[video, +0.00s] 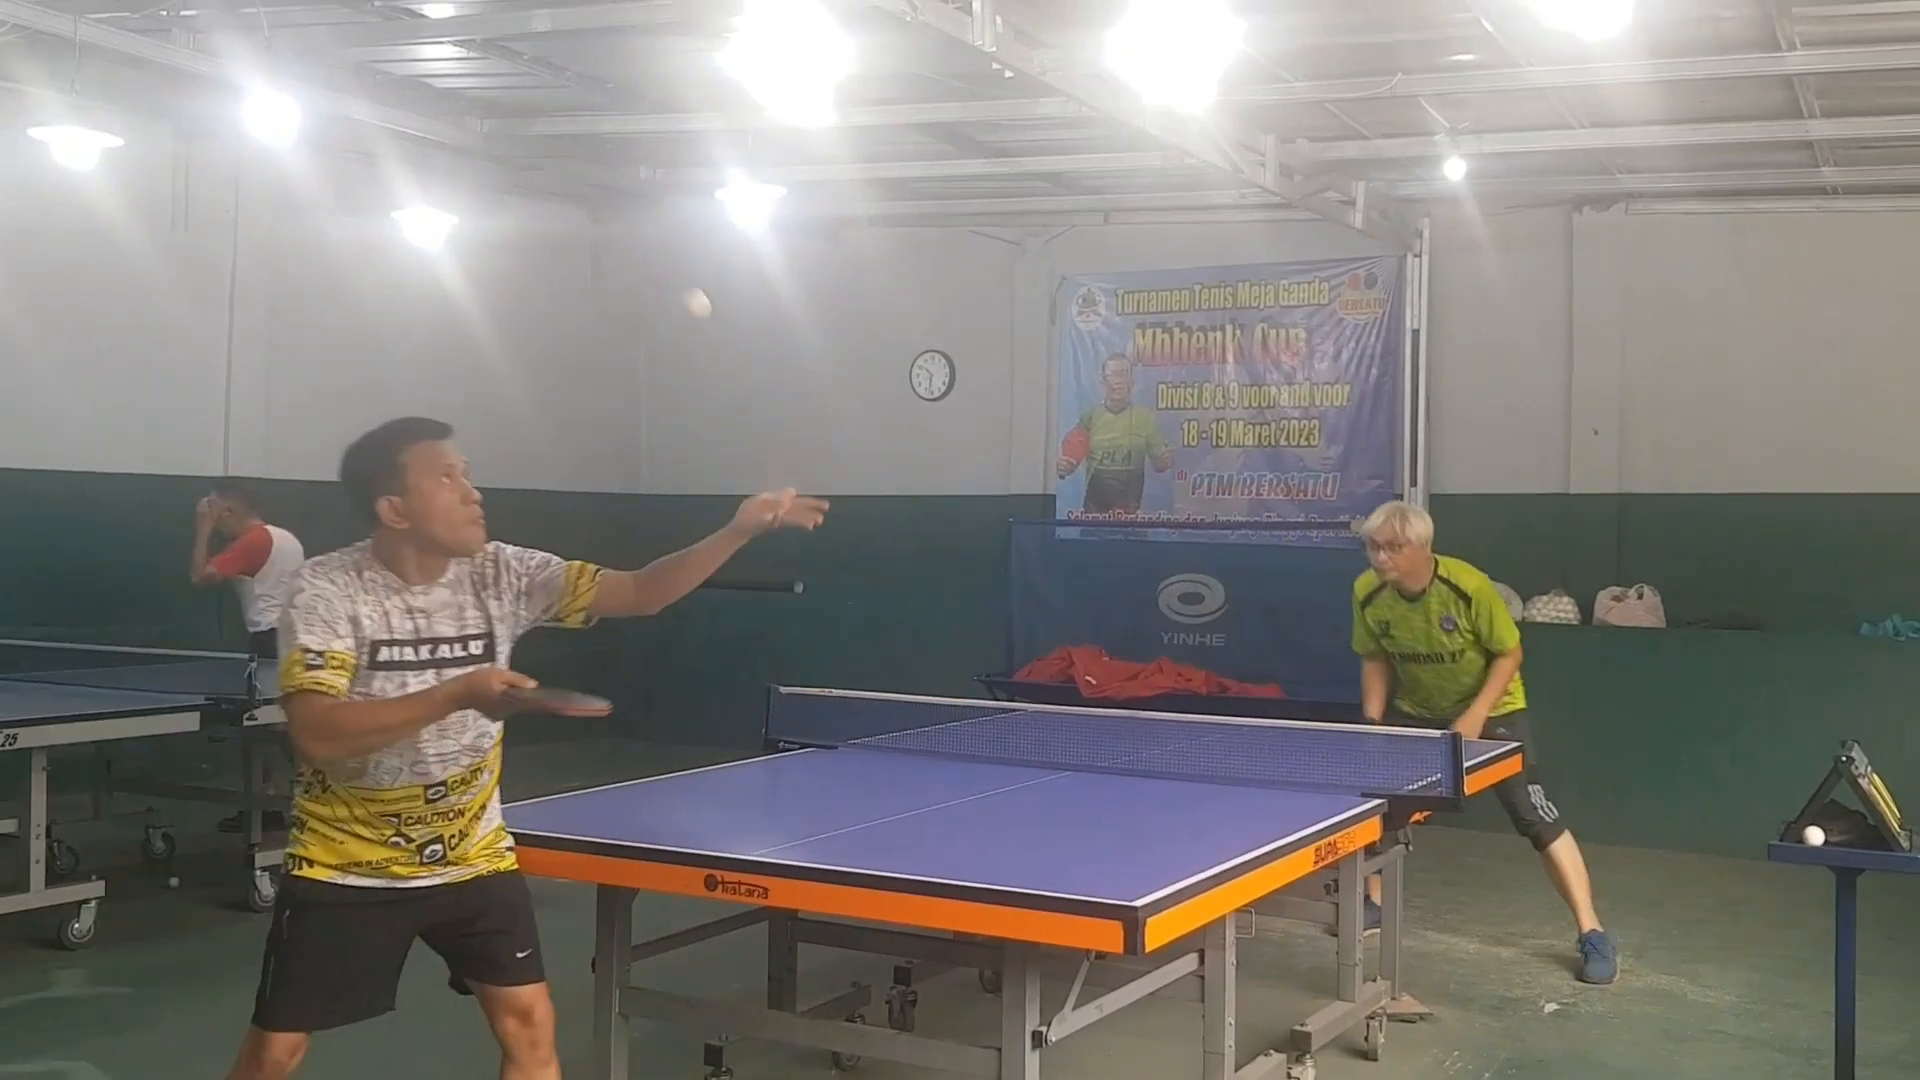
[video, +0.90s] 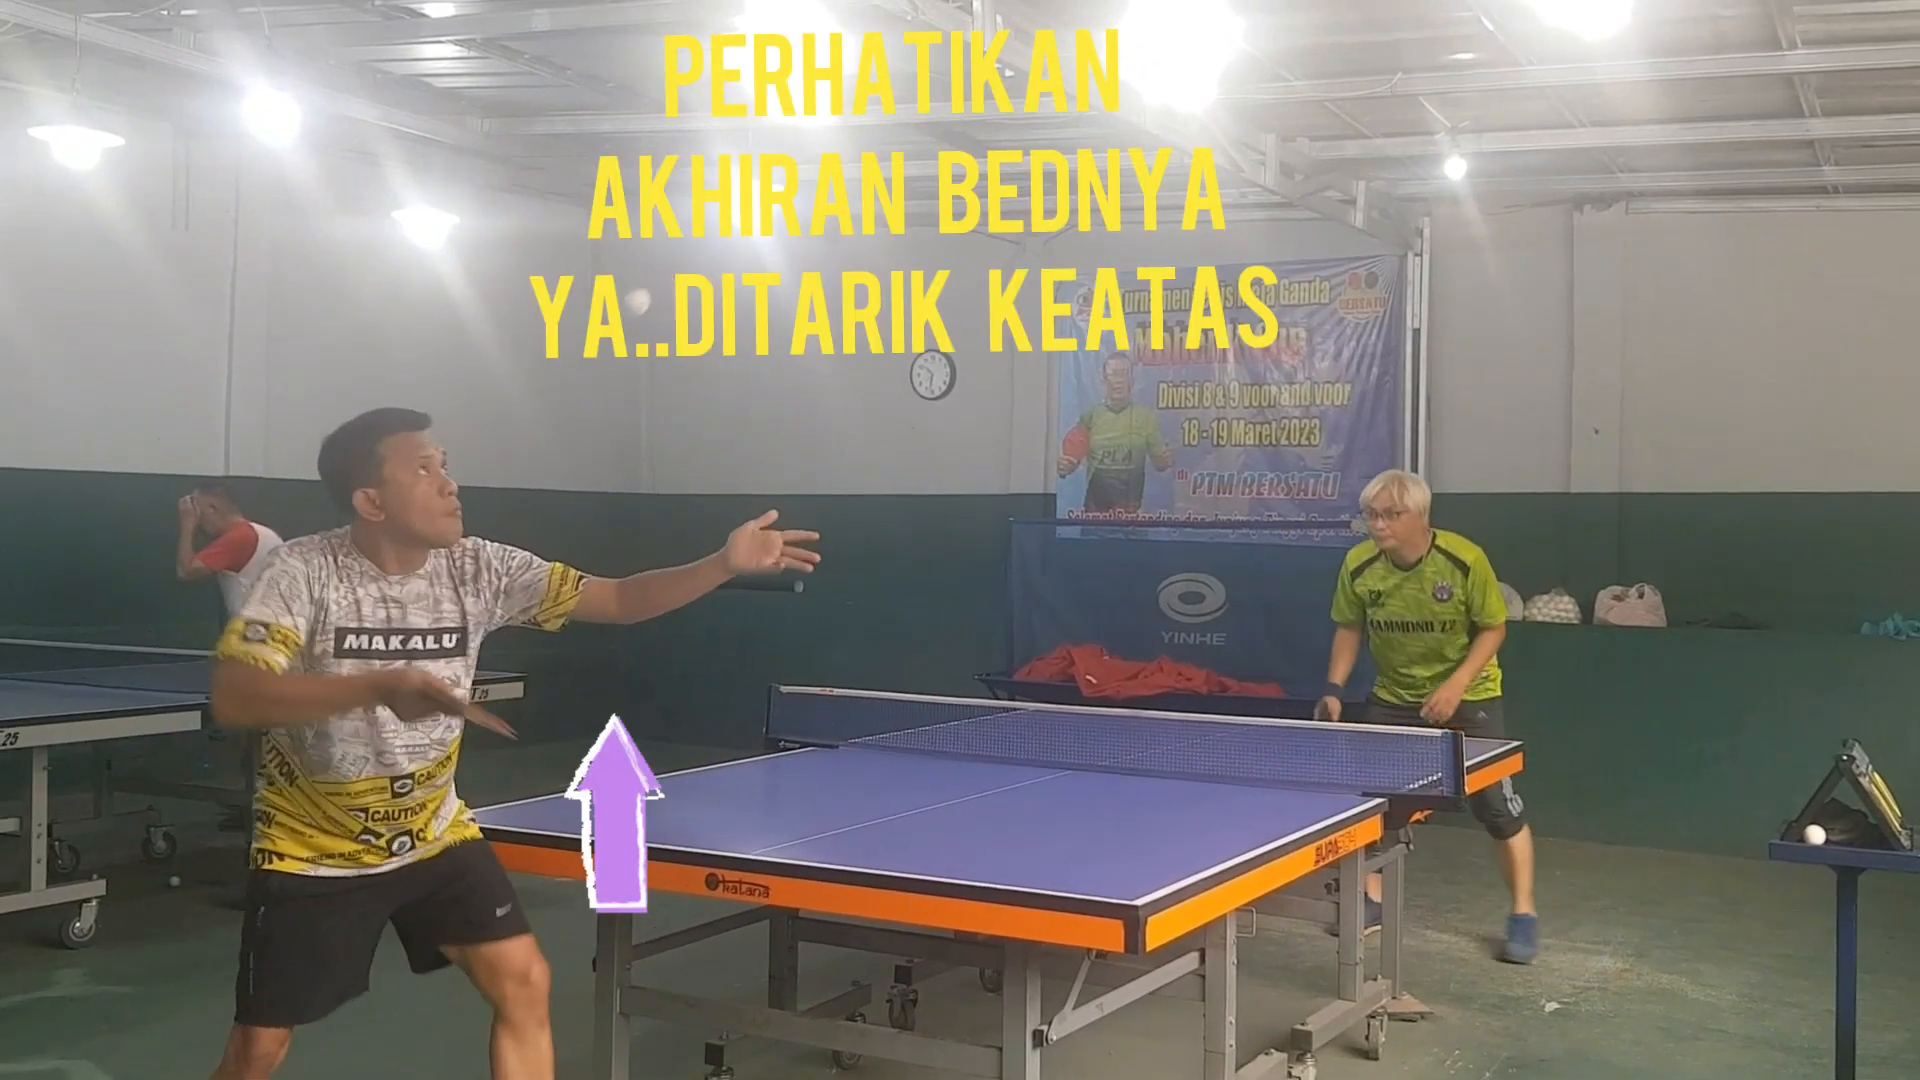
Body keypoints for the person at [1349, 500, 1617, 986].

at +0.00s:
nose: (1378, 557)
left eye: (1389, 548)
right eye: (1373, 548)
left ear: (1419, 547)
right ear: (1369, 550)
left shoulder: (1466, 586)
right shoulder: (1368, 592)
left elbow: (1509, 652)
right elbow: (1374, 658)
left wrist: (1477, 713)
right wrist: (1371, 723)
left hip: (1493, 710)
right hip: (1414, 714)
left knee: (1533, 812)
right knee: (1375, 806)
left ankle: (1591, 932)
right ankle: (1372, 904)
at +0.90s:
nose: (1376, 525)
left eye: (1387, 515)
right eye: (1370, 515)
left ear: (1419, 517)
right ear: (1366, 518)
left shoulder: (1465, 560)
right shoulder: (1357, 566)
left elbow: (1493, 628)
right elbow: (1349, 627)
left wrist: (1456, 684)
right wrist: (1333, 689)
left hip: (1469, 698)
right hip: (1393, 698)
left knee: (1498, 802)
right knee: (1367, 796)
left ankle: (1523, 913)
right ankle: (1369, 898)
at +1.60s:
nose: (1373, 519)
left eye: (1385, 509)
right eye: (1368, 510)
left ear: (1416, 512)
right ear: (1364, 514)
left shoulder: (1463, 559)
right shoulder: (1357, 561)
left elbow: (1491, 627)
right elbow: (1341, 622)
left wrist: (1445, 676)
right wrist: (1311, 670)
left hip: (1459, 701)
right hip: (1381, 697)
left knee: (1488, 805)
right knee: (1337, 781)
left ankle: (1506, 919)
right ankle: (1332, 887)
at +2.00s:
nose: (1367, 521)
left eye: (1378, 511)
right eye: (1361, 511)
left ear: (1409, 513)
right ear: (1355, 515)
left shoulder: (1454, 558)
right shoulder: (1349, 561)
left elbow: (1483, 626)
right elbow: (1332, 624)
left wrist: (1441, 676)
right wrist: (1301, 668)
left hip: (1452, 705)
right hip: (1373, 702)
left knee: (1485, 808)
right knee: (1330, 790)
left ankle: (1505, 918)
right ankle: (1308, 895)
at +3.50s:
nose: (1352, 530)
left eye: (1362, 521)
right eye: (1346, 521)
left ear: (1392, 521)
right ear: (1343, 526)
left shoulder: (1440, 564)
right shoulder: (1340, 575)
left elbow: (1481, 633)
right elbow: (1330, 646)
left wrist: (1449, 675)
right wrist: (1298, 673)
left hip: (1451, 710)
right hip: (1375, 712)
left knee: (1501, 806)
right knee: (1319, 783)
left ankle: (1556, 918)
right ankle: (1313, 895)